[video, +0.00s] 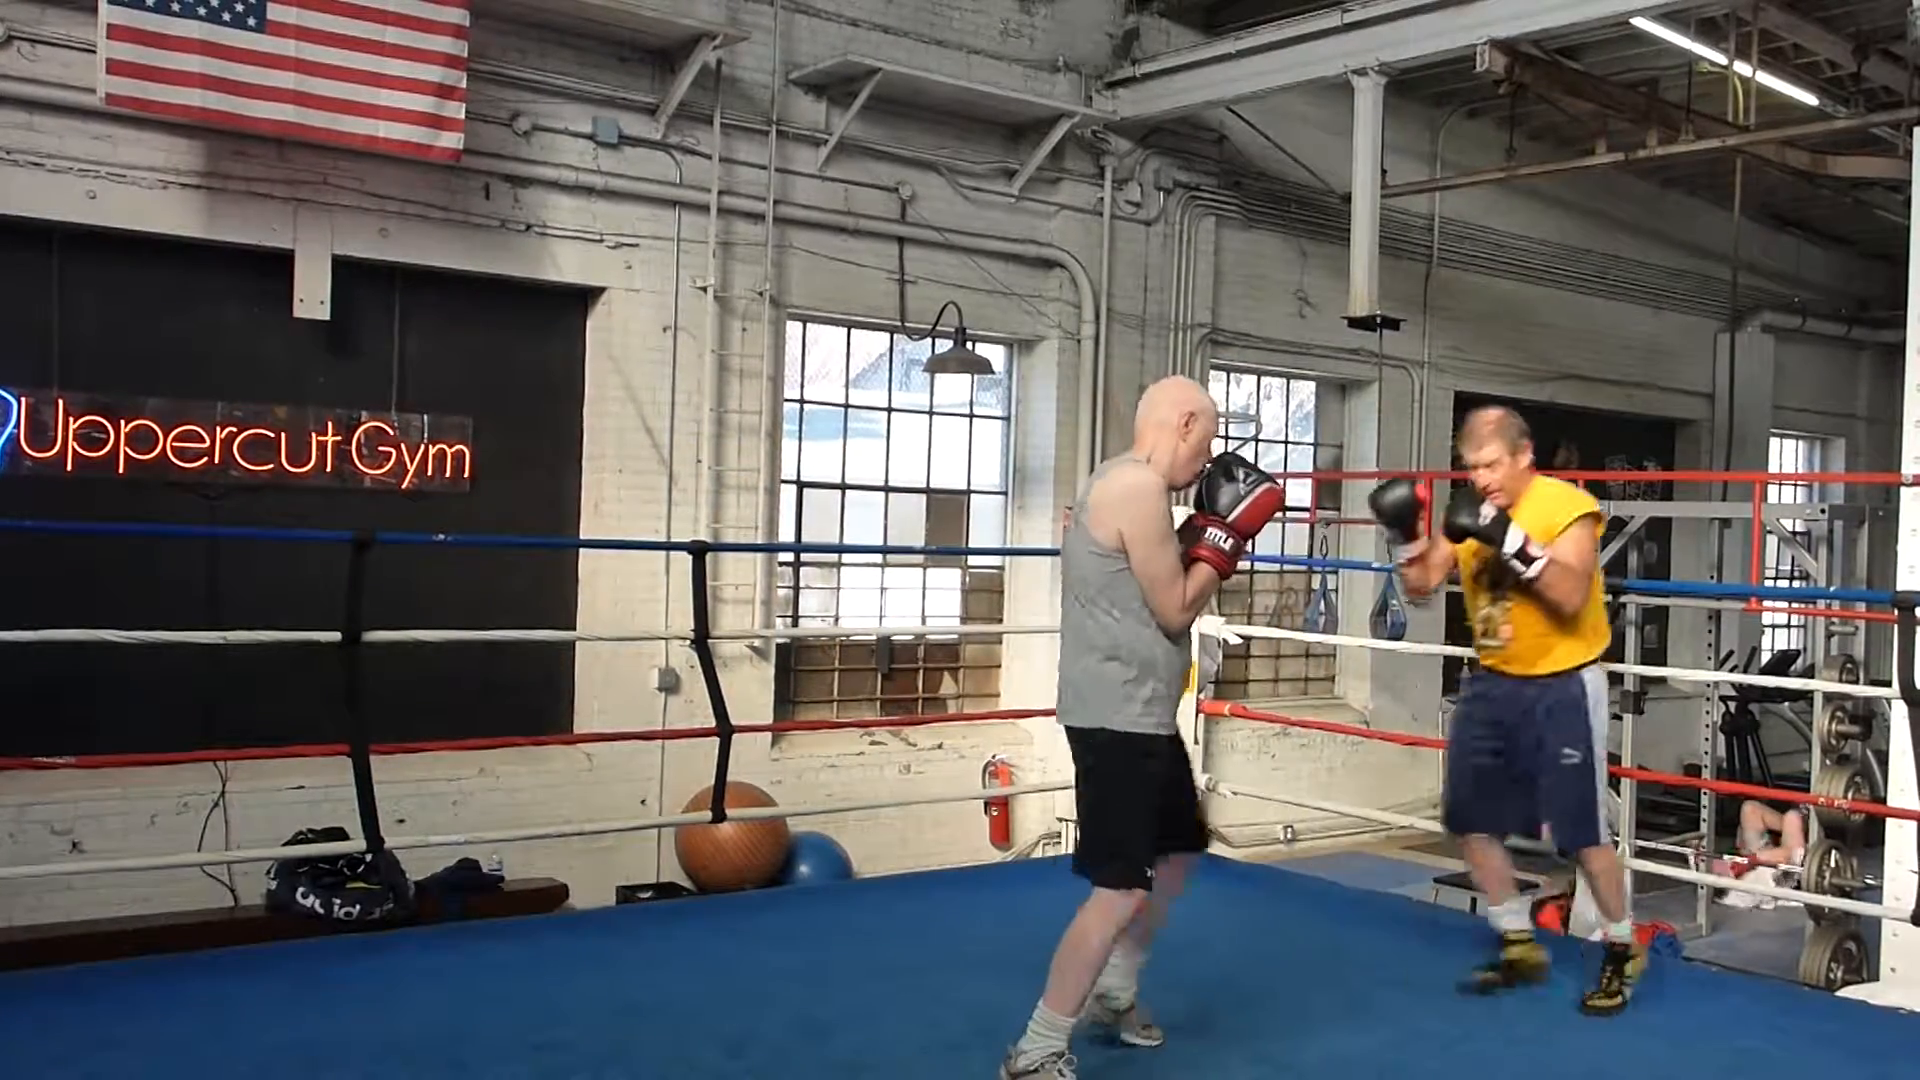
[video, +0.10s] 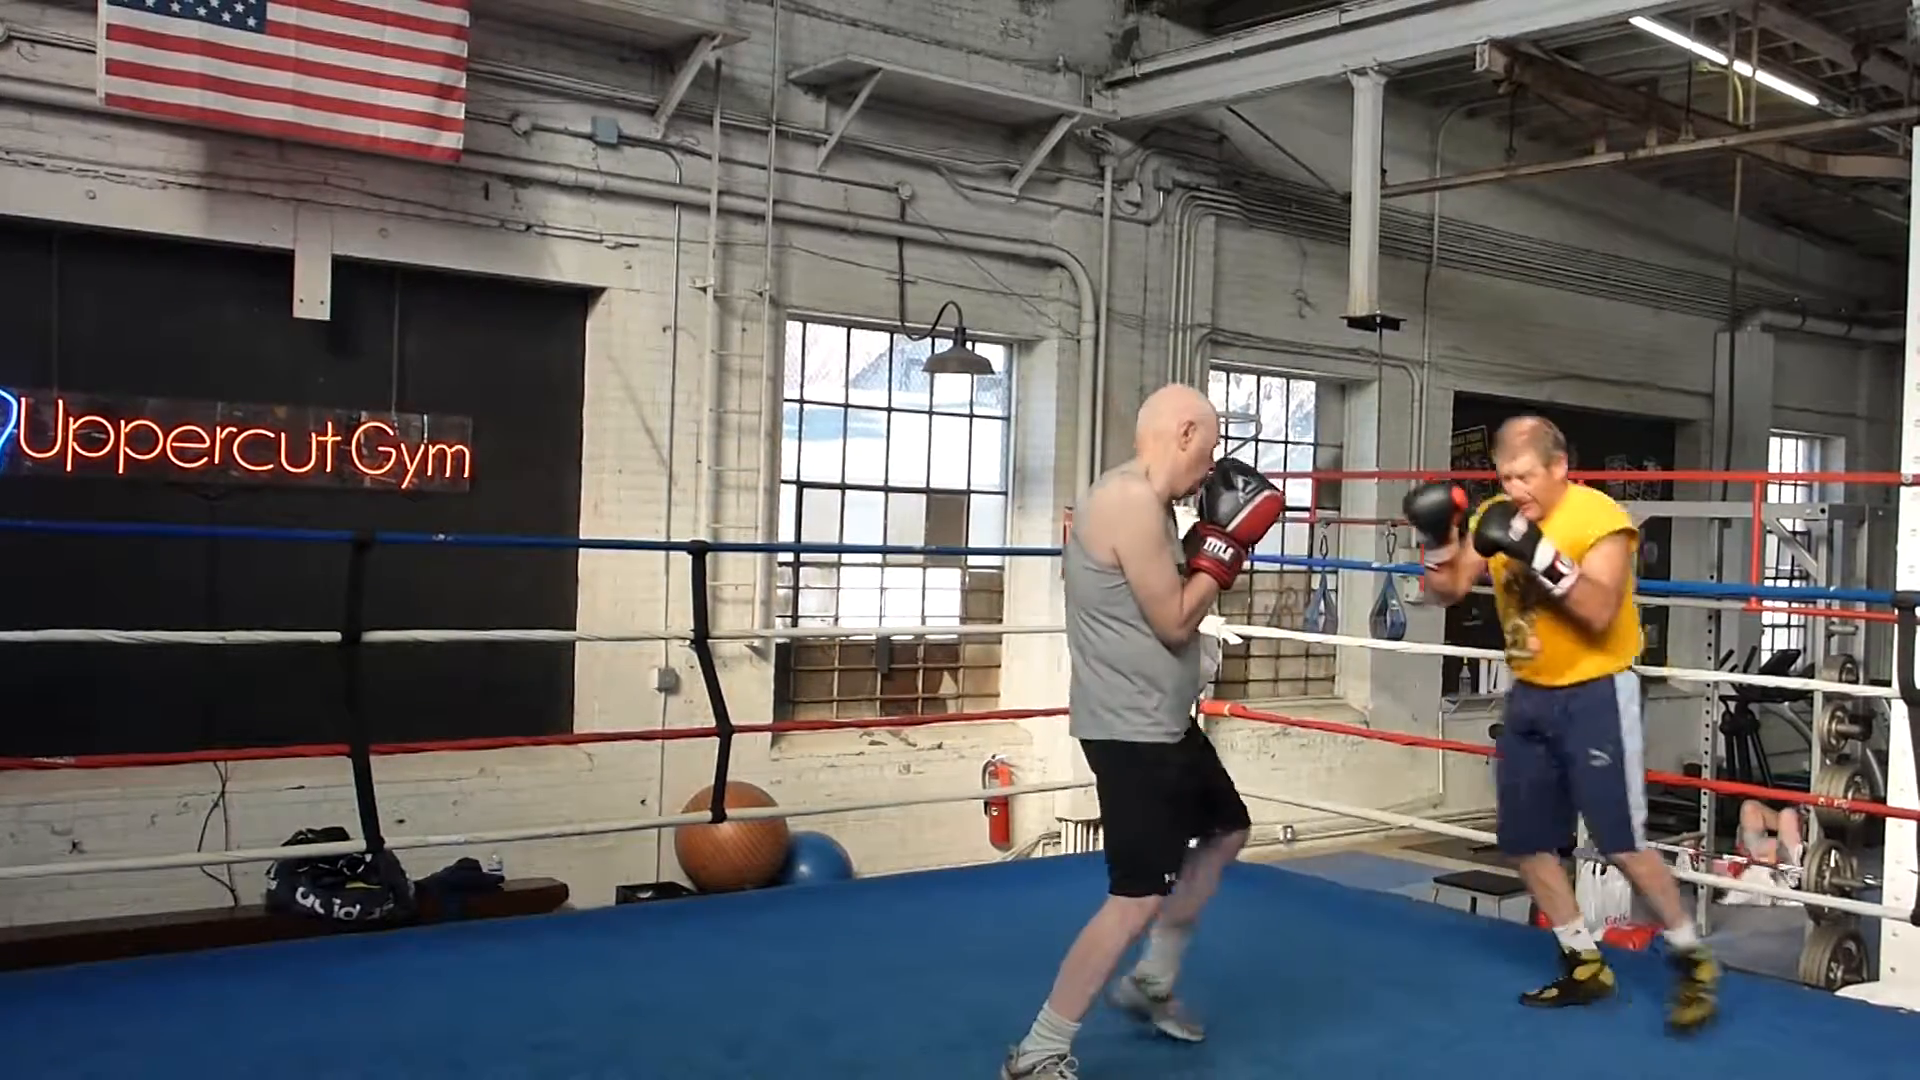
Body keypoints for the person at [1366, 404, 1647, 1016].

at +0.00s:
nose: (1479, 478)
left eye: (1489, 464)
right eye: (1471, 468)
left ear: (1524, 456)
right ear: (1466, 468)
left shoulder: (1567, 506)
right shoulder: (1473, 520)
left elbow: (1572, 595)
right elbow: (1419, 584)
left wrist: (1507, 539)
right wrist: (1407, 534)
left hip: (1564, 686)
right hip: (1491, 686)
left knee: (1580, 827)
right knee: (1471, 818)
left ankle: (1622, 949)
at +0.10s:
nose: (1513, 490)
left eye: (1523, 476)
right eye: (1505, 479)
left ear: (1559, 465)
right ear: (1498, 477)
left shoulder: (1600, 516)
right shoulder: (1502, 520)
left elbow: (1601, 612)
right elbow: (1447, 588)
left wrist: (1535, 550)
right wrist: (1440, 538)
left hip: (1598, 695)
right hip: (1530, 696)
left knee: (1622, 841)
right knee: (1528, 840)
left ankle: (1694, 958)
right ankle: (1585, 966)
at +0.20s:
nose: (1549, 516)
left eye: (1559, 503)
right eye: (1540, 505)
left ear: (1594, 492)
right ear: (1534, 502)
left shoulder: (1637, 545)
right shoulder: (1536, 543)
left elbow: (1628, 644)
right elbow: (1482, 613)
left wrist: (1558, 584)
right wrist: (1474, 561)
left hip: (1634, 726)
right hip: (1562, 726)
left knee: (1677, 869)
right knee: (1529, 850)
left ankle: (1769, 992)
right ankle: (1587, 973)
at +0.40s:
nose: (1627, 510)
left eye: (1636, 495)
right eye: (1619, 499)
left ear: (1675, 483)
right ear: (1615, 496)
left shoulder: (1726, 534)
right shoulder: (1628, 543)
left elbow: (1710, 632)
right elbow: (1579, 617)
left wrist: (1637, 571)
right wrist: (1559, 572)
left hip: (1724, 725)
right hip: (1647, 722)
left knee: (1752, 877)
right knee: (1597, 839)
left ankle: (1818, 1017)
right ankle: (1595, 975)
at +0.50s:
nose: (1665, 489)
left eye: (1673, 475)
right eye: (1656, 478)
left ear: (1715, 460)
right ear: (1655, 477)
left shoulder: (1766, 509)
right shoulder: (1667, 521)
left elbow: (1753, 607)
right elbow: (1616, 594)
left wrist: (1684, 546)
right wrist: (1602, 544)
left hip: (1769, 703)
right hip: (1691, 703)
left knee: (1794, 859)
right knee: (1659, 841)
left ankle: (1853, 1007)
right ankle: (1670, 981)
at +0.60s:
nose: (1706, 500)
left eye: (1715, 485)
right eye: (1698, 489)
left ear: (1756, 468)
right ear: (1693, 485)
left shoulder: (1814, 521)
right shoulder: (1704, 527)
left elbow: (1788, 616)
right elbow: (1651, 604)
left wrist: (1716, 550)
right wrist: (1633, 550)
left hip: (1808, 716)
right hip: (1728, 715)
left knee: (1844, 878)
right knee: (1702, 863)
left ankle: (1904, 1016)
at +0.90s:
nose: (1774, 537)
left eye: (1785, 521)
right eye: (1767, 524)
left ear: (1831, 511)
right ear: (1760, 522)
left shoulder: (1883, 570)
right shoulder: (1772, 573)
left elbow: (1848, 671)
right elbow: (1725, 663)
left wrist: (1779, 595)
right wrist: (1701, 617)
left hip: (1865, 770)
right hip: (1772, 759)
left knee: (1898, 933)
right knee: (1680, 862)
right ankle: (1730, 1002)